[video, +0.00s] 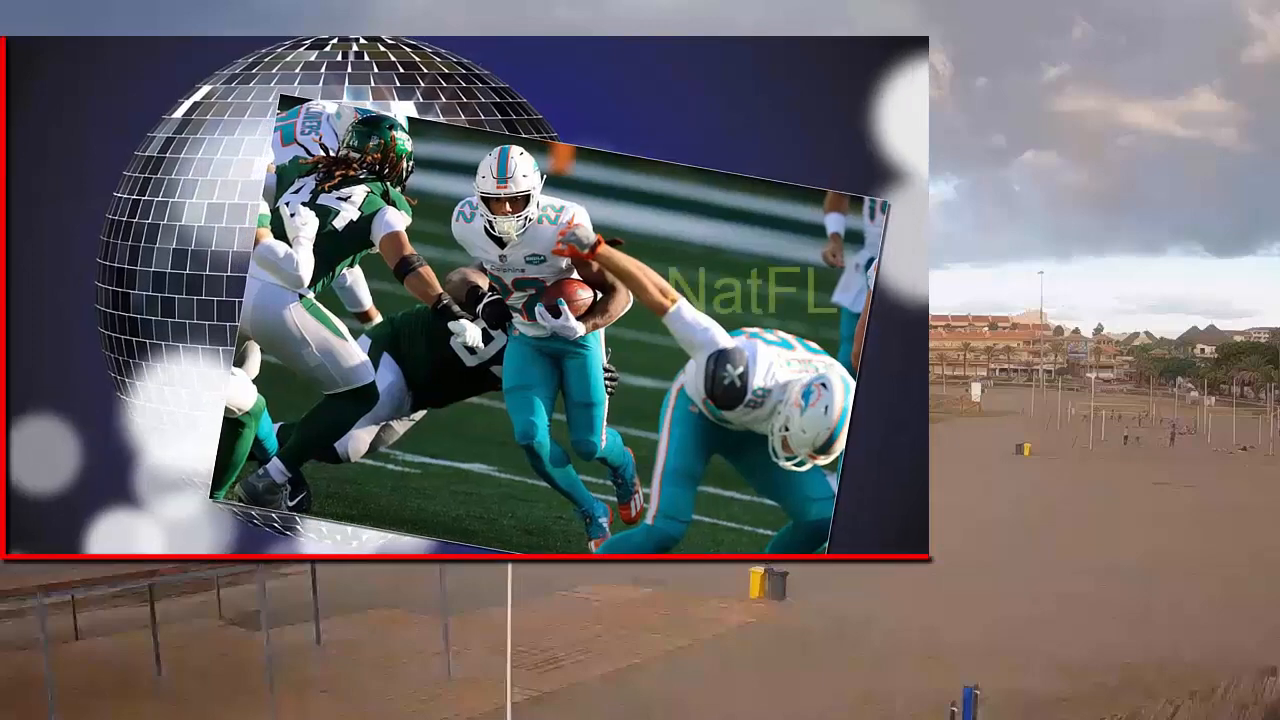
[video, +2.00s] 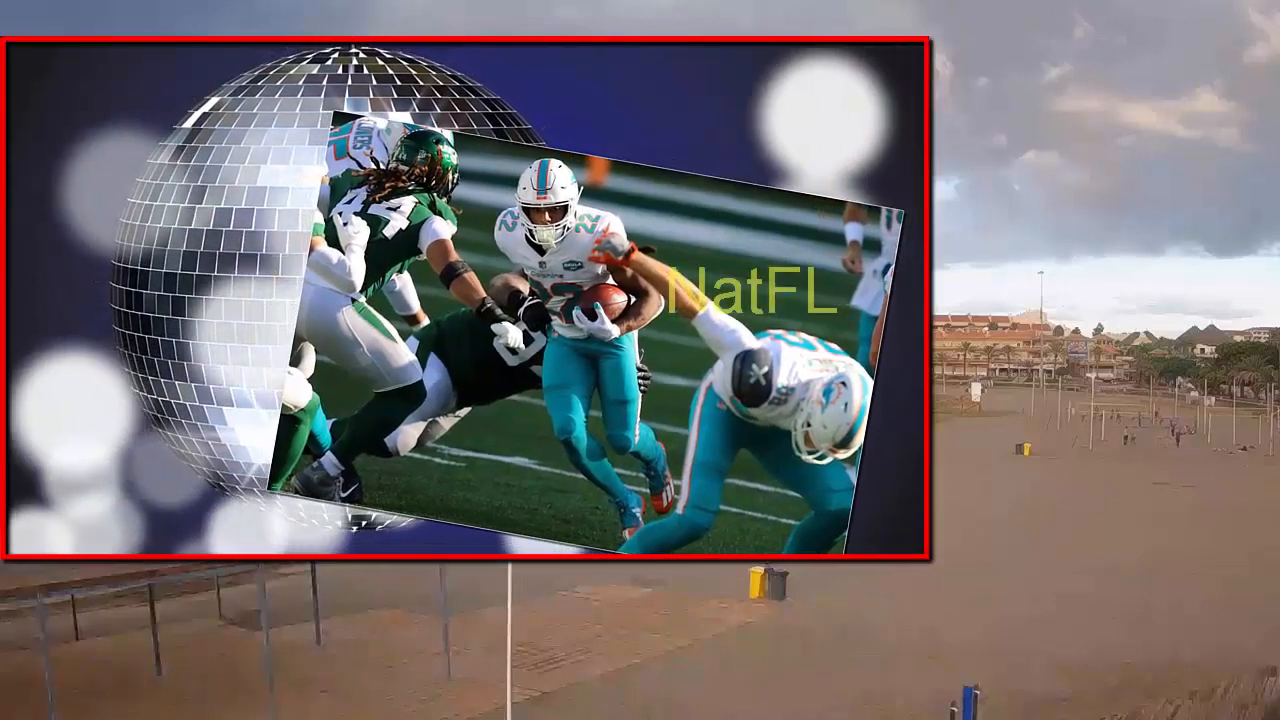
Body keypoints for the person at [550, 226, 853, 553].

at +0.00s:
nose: (800, 463)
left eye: (813, 458)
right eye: (794, 452)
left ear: (841, 431)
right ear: (782, 414)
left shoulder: (848, 414)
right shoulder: (738, 374)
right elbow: (663, 299)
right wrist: (596, 249)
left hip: (759, 428)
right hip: (698, 406)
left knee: (822, 517)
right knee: (666, 528)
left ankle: (757, 587)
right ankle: (582, 578)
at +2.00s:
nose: (818, 456)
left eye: (831, 453)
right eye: (813, 444)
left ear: (857, 429)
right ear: (805, 411)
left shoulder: (868, 416)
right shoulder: (758, 368)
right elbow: (692, 303)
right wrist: (631, 257)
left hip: (781, 425)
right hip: (726, 401)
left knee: (841, 504)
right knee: (696, 519)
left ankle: (779, 581)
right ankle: (615, 567)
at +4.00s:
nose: (837, 446)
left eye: (852, 445)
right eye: (836, 434)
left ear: (873, 429)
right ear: (828, 404)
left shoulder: (885, 411)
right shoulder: (786, 372)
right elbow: (722, 305)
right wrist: (666, 264)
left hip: (803, 421)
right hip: (752, 400)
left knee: (861, 498)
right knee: (726, 508)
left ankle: (800, 571)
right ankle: (649, 555)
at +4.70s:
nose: (845, 446)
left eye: (855, 442)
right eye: (843, 438)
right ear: (839, 408)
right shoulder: (799, 377)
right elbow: (733, 307)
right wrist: (675, 264)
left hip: (812, 418)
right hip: (762, 397)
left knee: (860, 497)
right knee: (735, 504)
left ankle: (805, 564)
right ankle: (660, 551)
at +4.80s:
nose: (781, 407)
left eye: (789, 405)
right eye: (777, 401)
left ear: (818, 395)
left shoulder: (842, 398)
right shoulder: (779, 351)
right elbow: (730, 304)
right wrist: (677, 264)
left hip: (811, 420)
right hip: (762, 397)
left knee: (851, 497)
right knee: (737, 504)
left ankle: (805, 562)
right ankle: (664, 548)